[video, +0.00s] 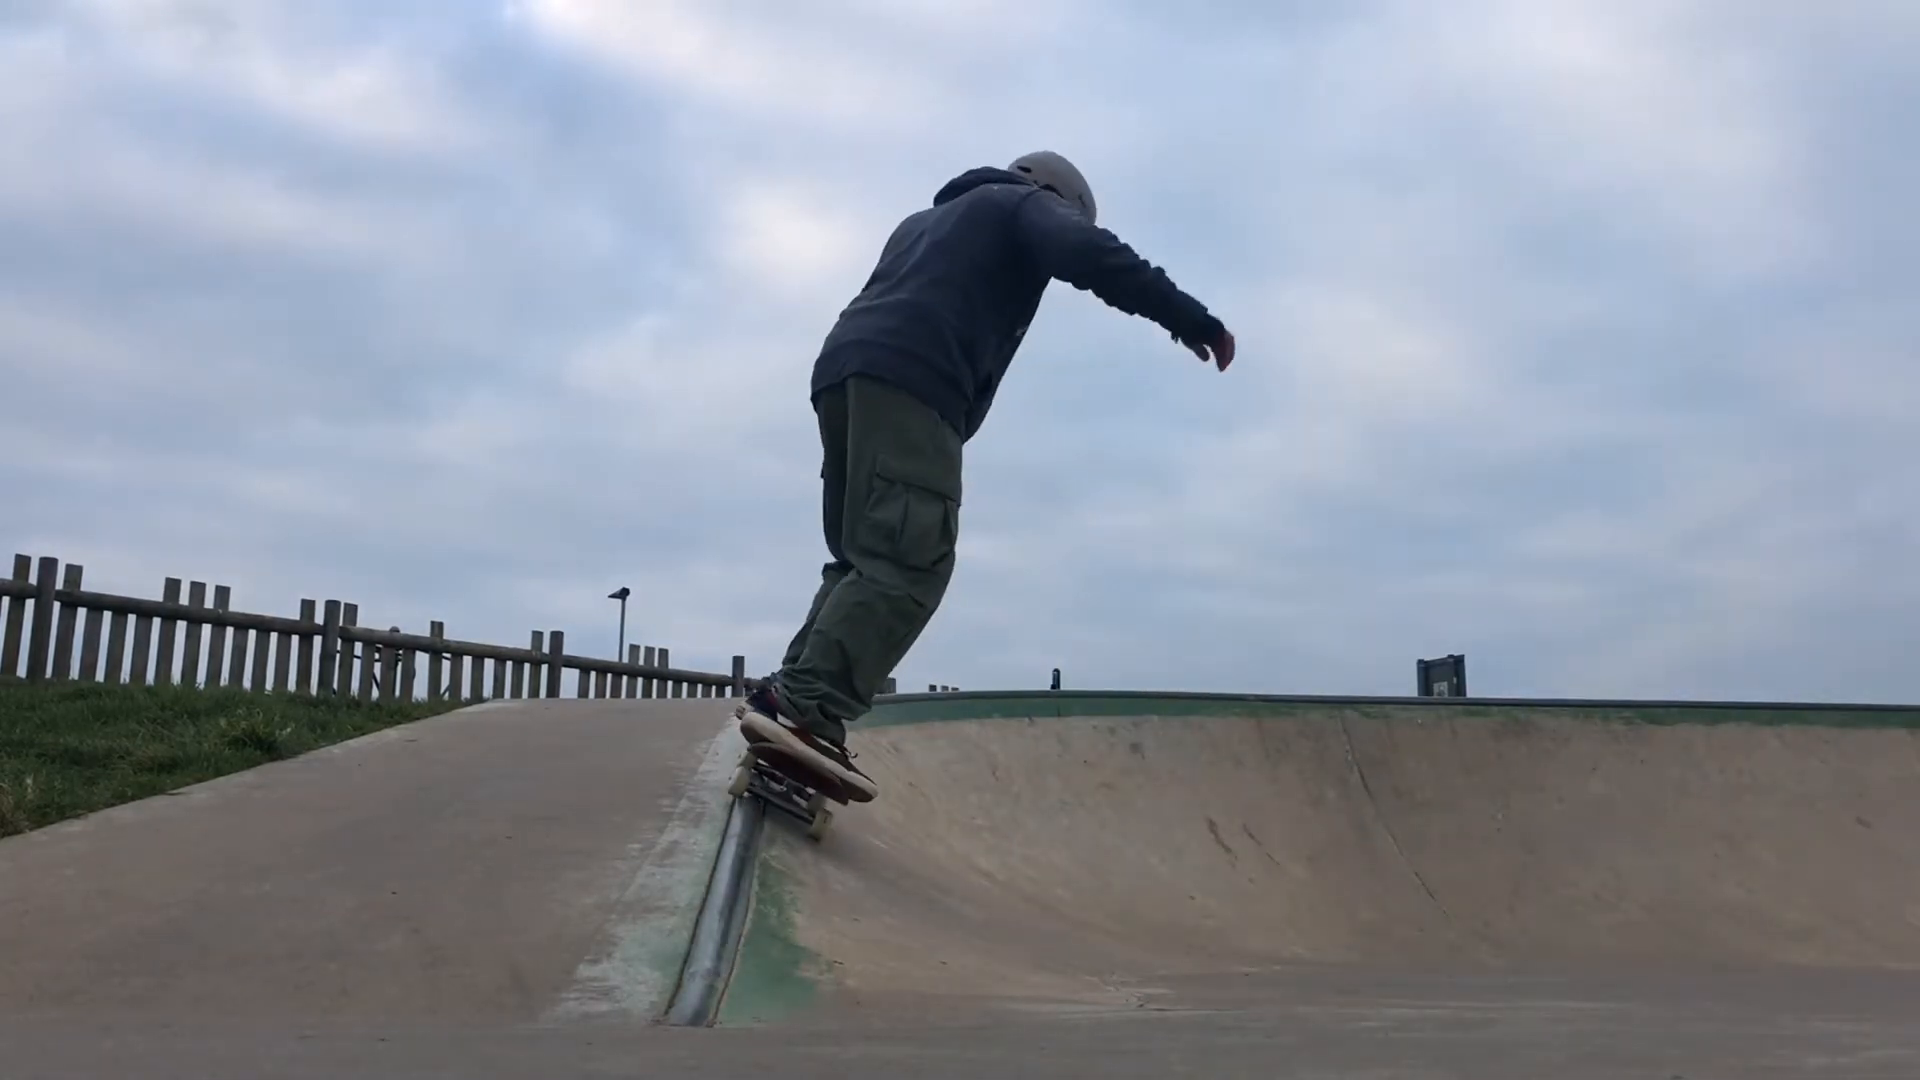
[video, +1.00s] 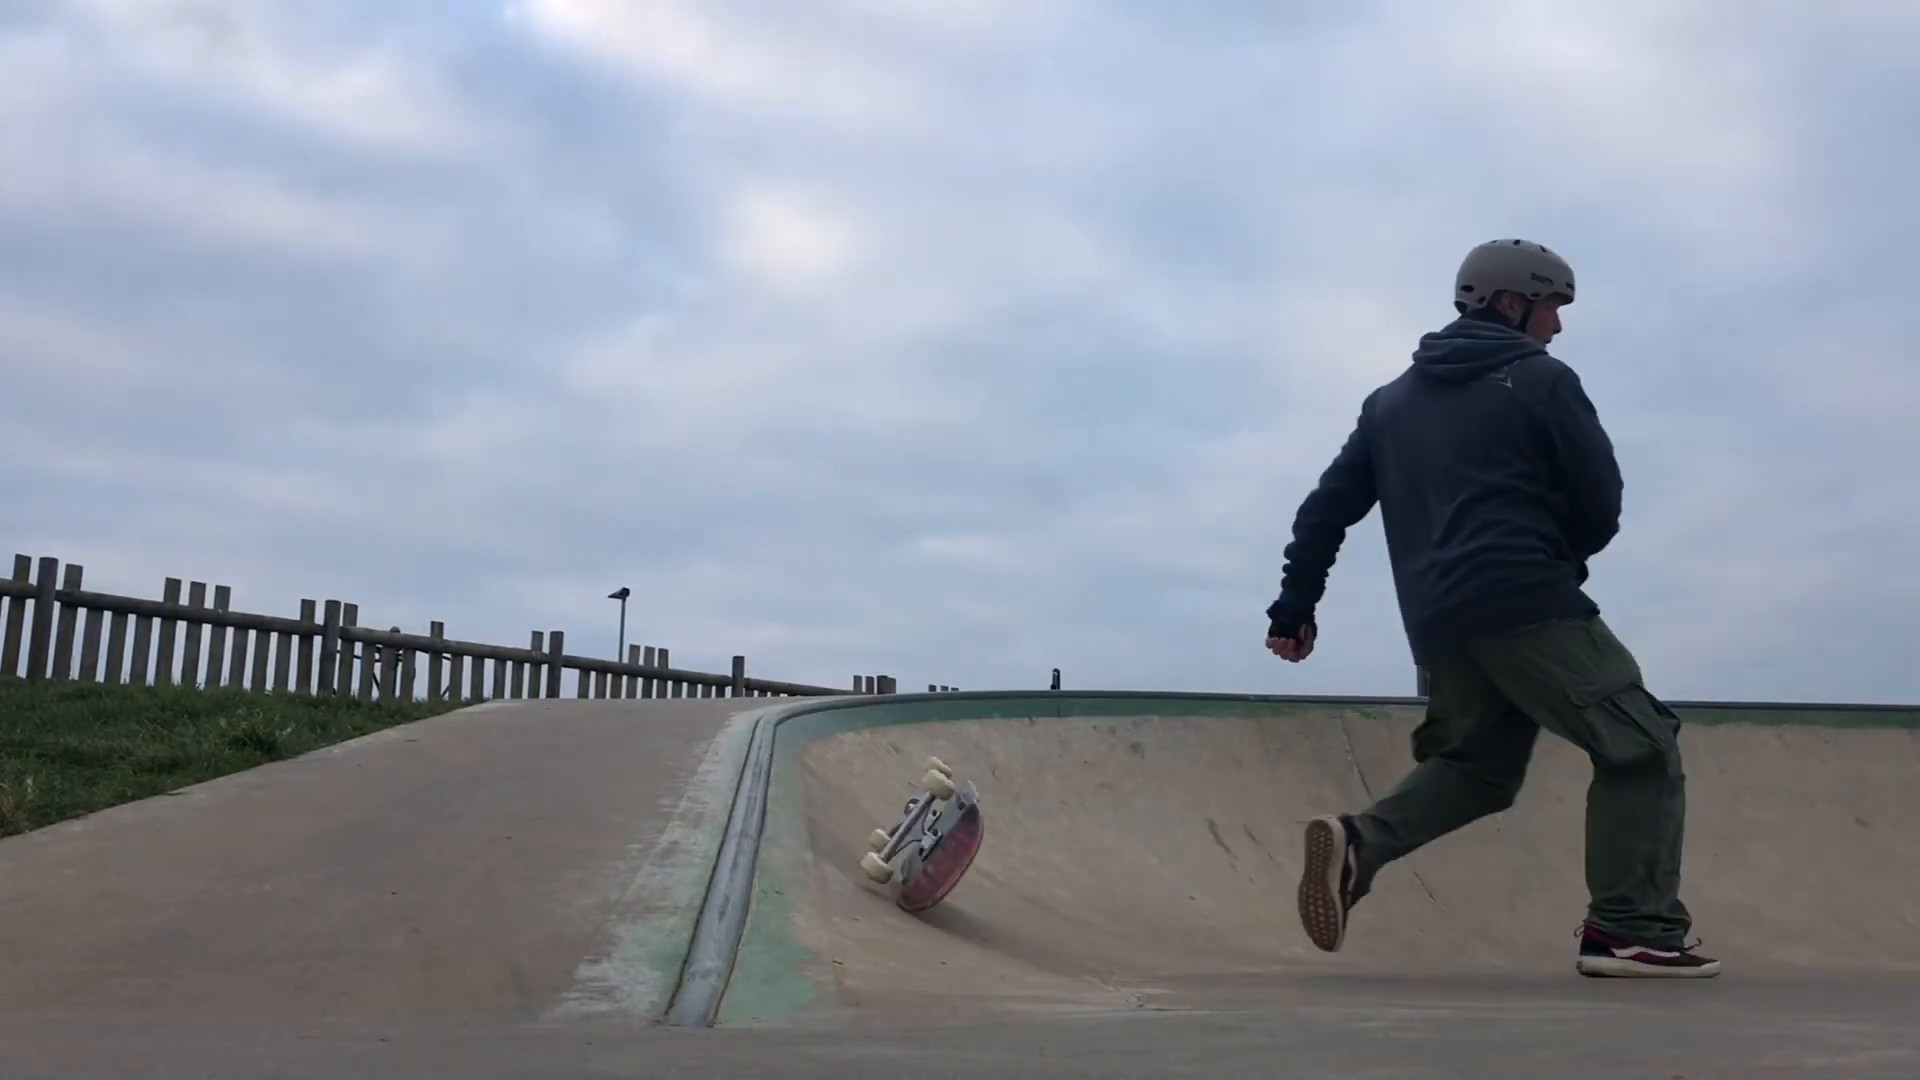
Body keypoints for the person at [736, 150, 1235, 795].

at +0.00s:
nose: (1073, 225)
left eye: (1075, 217)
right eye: (1074, 214)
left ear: (1018, 174)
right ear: (1055, 193)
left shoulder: (927, 218)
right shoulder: (1023, 201)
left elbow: (885, 292)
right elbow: (1091, 251)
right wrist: (1191, 318)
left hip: (843, 367)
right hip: (910, 373)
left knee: (861, 559)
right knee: (909, 561)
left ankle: (793, 698)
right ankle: (809, 709)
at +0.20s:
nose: (1099, 230)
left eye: (1100, 224)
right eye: (1098, 222)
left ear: (1038, 192)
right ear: (1080, 205)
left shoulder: (956, 239)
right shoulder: (1056, 217)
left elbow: (882, 335)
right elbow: (1156, 221)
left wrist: (869, 426)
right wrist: (1250, 252)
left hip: (878, 380)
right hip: (952, 379)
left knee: (890, 570)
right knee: (977, 564)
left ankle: (800, 695)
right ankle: (863, 684)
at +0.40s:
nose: (1167, 268)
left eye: (1164, 259)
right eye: (1165, 259)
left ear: (1089, 239)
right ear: (1148, 249)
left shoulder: (1010, 297)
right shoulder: (1150, 274)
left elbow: (901, 361)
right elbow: (1256, 295)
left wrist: (833, 445)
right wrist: (1305, 317)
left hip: (976, 471)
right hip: (1051, 469)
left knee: (1016, 629)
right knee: (1057, 642)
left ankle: (944, 747)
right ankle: (973, 846)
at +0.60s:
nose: (1253, 342)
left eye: (1253, 334)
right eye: (1252, 332)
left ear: (1175, 319)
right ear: (1234, 324)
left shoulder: (1114, 385)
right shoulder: (1260, 391)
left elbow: (1056, 446)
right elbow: (1299, 496)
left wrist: (1012, 509)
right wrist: (1297, 579)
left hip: (1113, 595)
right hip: (1196, 594)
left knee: (1197, 761)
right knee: (1212, 763)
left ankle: (1196, 931)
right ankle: (1054, 822)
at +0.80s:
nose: (1406, 341)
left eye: (1407, 331)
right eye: (1404, 329)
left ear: (1328, 314)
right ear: (1378, 318)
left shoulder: (1248, 392)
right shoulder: (1406, 389)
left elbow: (1194, 509)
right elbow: (1425, 515)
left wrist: (1191, 607)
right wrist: (1382, 572)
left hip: (1265, 599)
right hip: (1360, 586)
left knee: (1276, 769)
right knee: (1467, 725)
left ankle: (1217, 919)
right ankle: (1464, 889)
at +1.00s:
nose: (1559, 324)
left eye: (1560, 310)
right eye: (1552, 309)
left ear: (1475, 305)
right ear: (1512, 306)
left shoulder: (1391, 403)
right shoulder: (1538, 376)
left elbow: (1324, 510)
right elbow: (1599, 505)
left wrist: (1295, 604)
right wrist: (1554, 554)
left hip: (1436, 620)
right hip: (1525, 598)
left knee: (1478, 768)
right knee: (1640, 741)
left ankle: (1360, 845)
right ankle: (1629, 925)